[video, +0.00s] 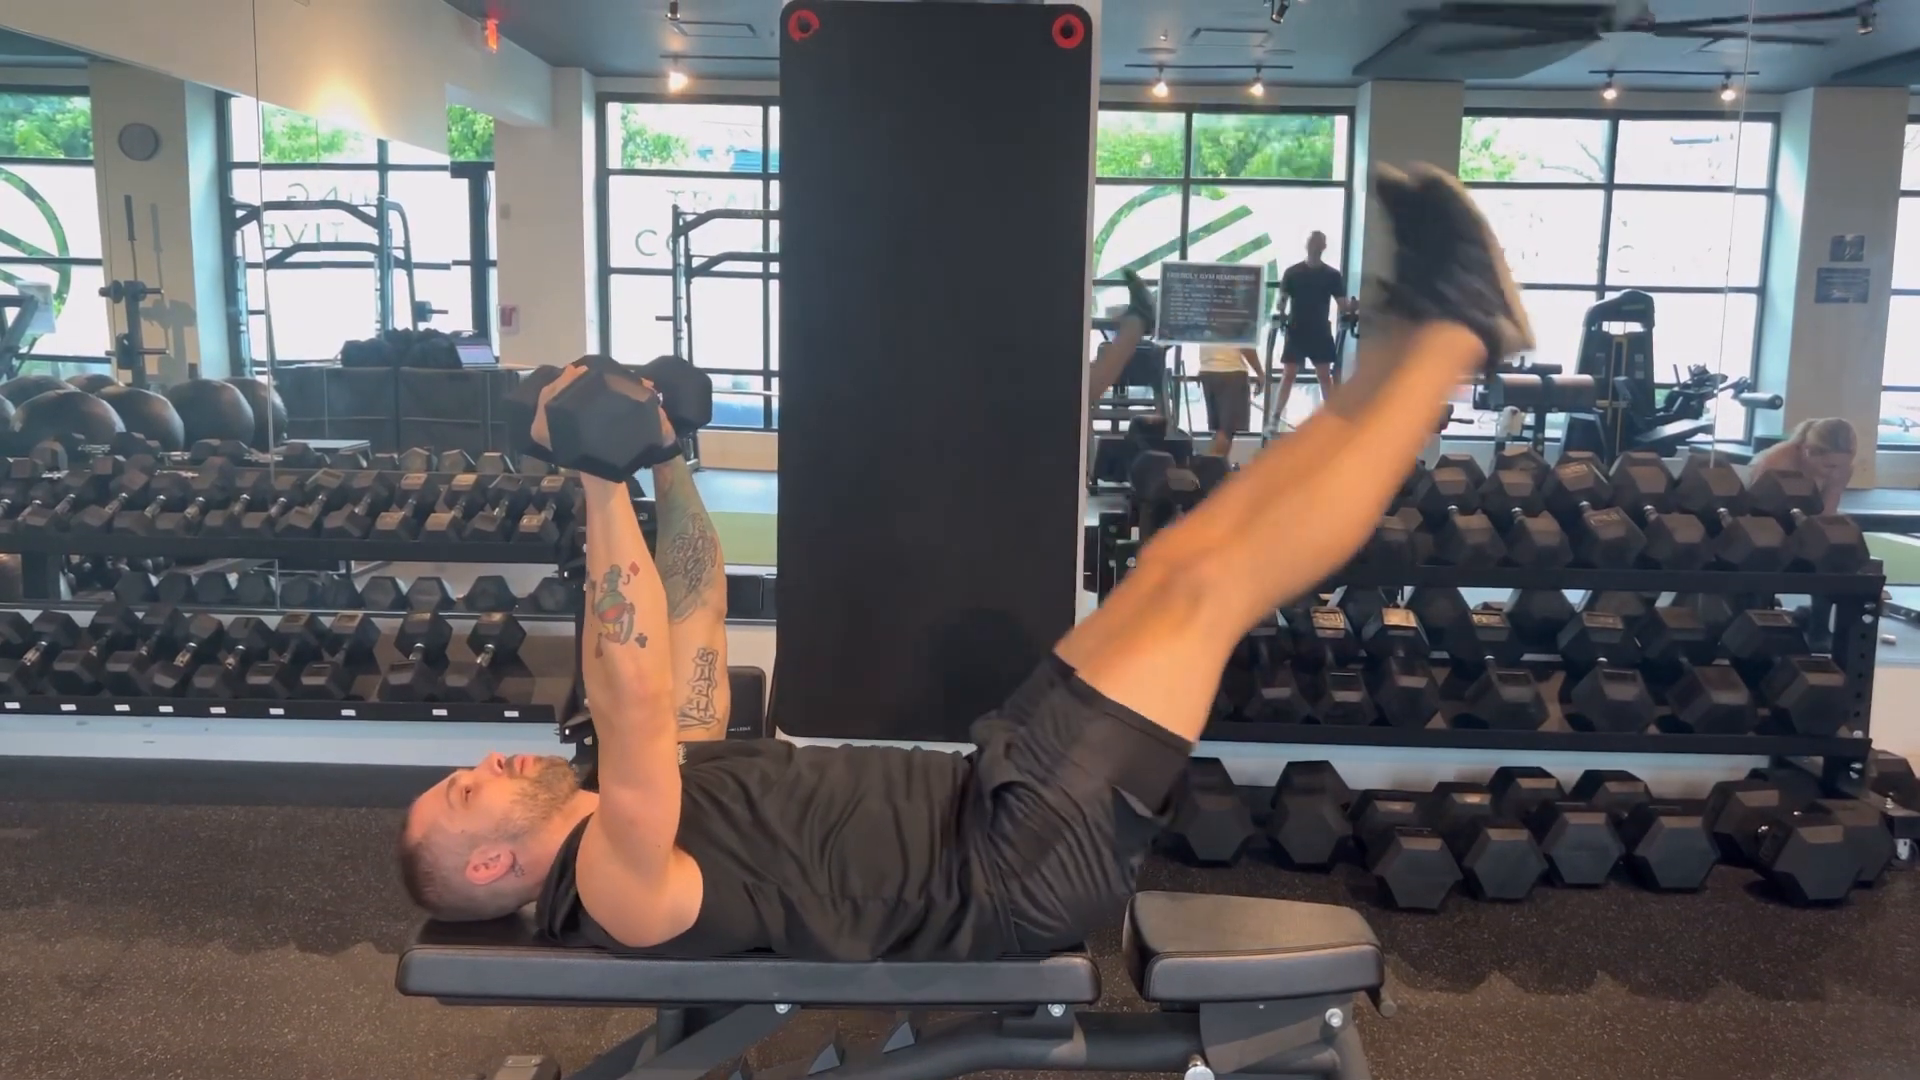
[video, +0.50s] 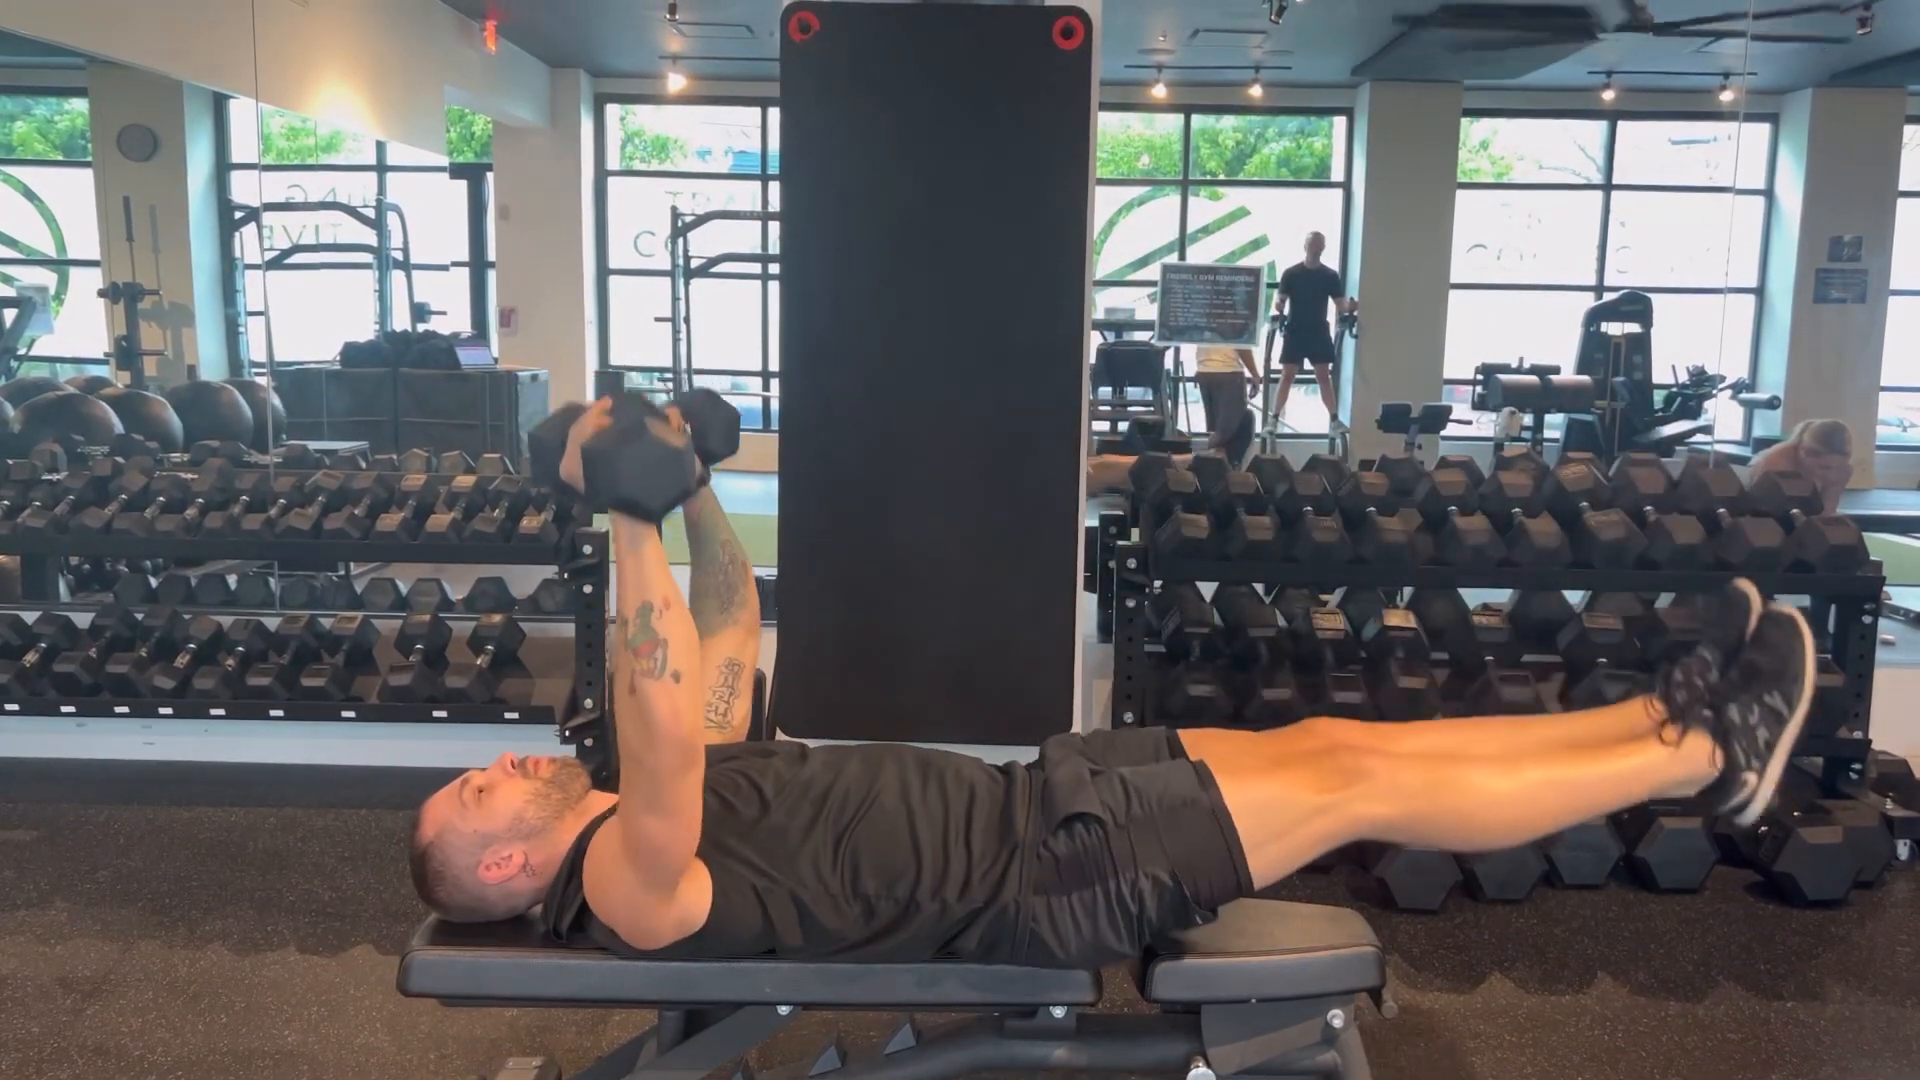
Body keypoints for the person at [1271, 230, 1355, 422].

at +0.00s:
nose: (1313, 246)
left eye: (1318, 243)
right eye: (1311, 242)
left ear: (1324, 247)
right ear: (1306, 245)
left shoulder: (1332, 275)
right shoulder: (1292, 273)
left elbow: (1342, 303)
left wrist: (1349, 308)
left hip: (1320, 329)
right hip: (1296, 328)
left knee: (1324, 376)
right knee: (1289, 374)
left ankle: (1331, 417)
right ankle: (1275, 418)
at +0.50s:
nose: (1314, 250)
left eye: (1317, 246)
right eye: (1311, 246)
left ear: (1322, 248)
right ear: (1306, 246)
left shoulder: (1330, 276)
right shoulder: (1291, 274)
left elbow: (1340, 305)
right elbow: (1280, 302)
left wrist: (1351, 306)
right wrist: (1280, 311)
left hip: (1319, 330)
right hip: (1294, 329)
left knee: (1323, 375)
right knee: (1288, 374)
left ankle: (1334, 419)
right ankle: (1274, 418)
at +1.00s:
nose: (1317, 263)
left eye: (1320, 259)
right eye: (1314, 258)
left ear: (1324, 259)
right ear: (1305, 255)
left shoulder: (1328, 282)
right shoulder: (1290, 280)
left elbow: (1334, 310)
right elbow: (1280, 306)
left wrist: (1346, 309)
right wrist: (1277, 308)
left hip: (1318, 334)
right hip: (1294, 334)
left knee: (1328, 376)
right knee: (1285, 375)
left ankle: (1332, 421)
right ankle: (1272, 419)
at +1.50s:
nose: (1309, 282)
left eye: (1312, 279)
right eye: (1306, 278)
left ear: (1317, 277)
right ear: (1299, 274)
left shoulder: (1324, 294)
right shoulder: (1286, 294)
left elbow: (1334, 318)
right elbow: (1274, 315)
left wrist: (1345, 314)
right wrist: (1273, 315)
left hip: (1316, 343)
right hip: (1292, 343)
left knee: (1327, 378)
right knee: (1286, 378)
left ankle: (1328, 421)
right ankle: (1276, 418)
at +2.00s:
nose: (1307, 282)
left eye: (1310, 278)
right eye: (1303, 278)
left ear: (1315, 278)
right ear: (1297, 277)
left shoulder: (1321, 300)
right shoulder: (1285, 300)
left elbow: (1333, 323)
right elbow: (1271, 324)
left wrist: (1344, 319)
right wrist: (1272, 319)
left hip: (1314, 352)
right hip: (1291, 353)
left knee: (1314, 399)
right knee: (1290, 399)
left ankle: (1311, 442)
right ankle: (1286, 441)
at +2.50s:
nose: (1306, 287)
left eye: (1309, 283)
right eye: (1303, 283)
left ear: (1314, 284)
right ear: (1296, 282)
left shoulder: (1321, 306)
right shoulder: (1284, 306)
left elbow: (1333, 328)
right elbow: (1271, 334)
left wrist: (1344, 323)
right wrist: (1272, 323)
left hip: (1313, 363)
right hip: (1289, 363)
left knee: (1312, 412)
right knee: (1289, 412)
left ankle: (1311, 452)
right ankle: (1283, 451)